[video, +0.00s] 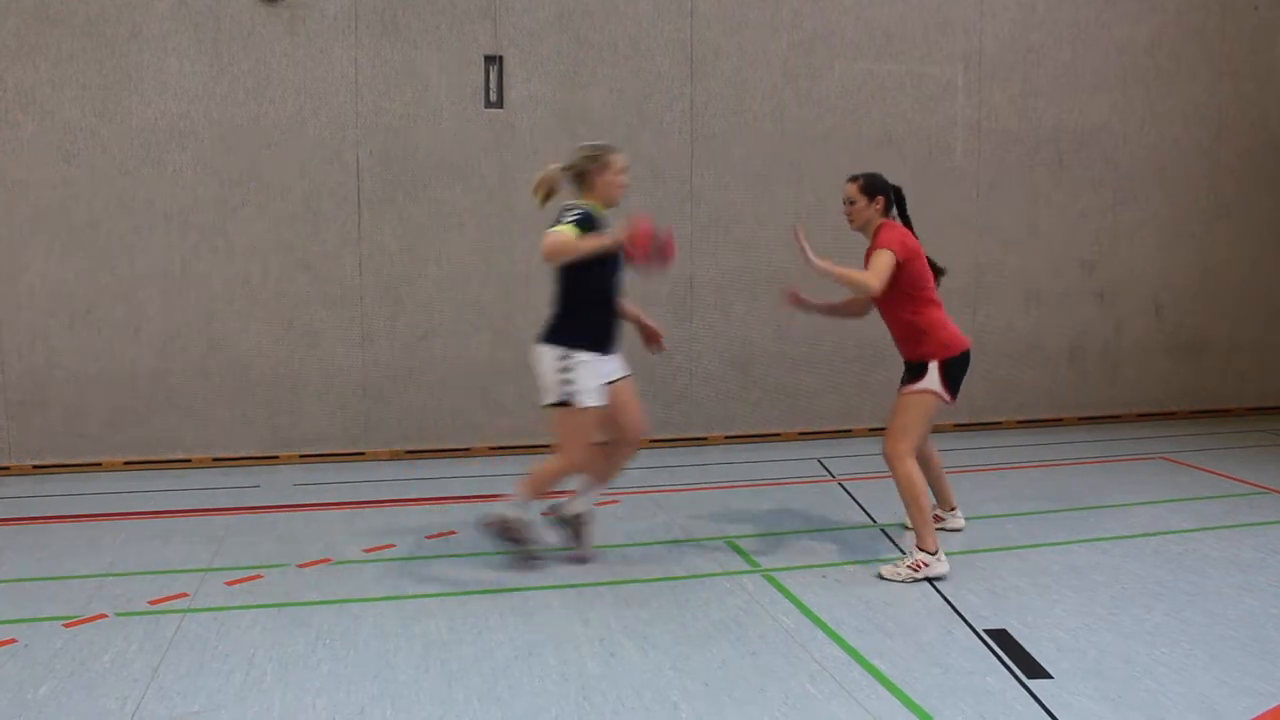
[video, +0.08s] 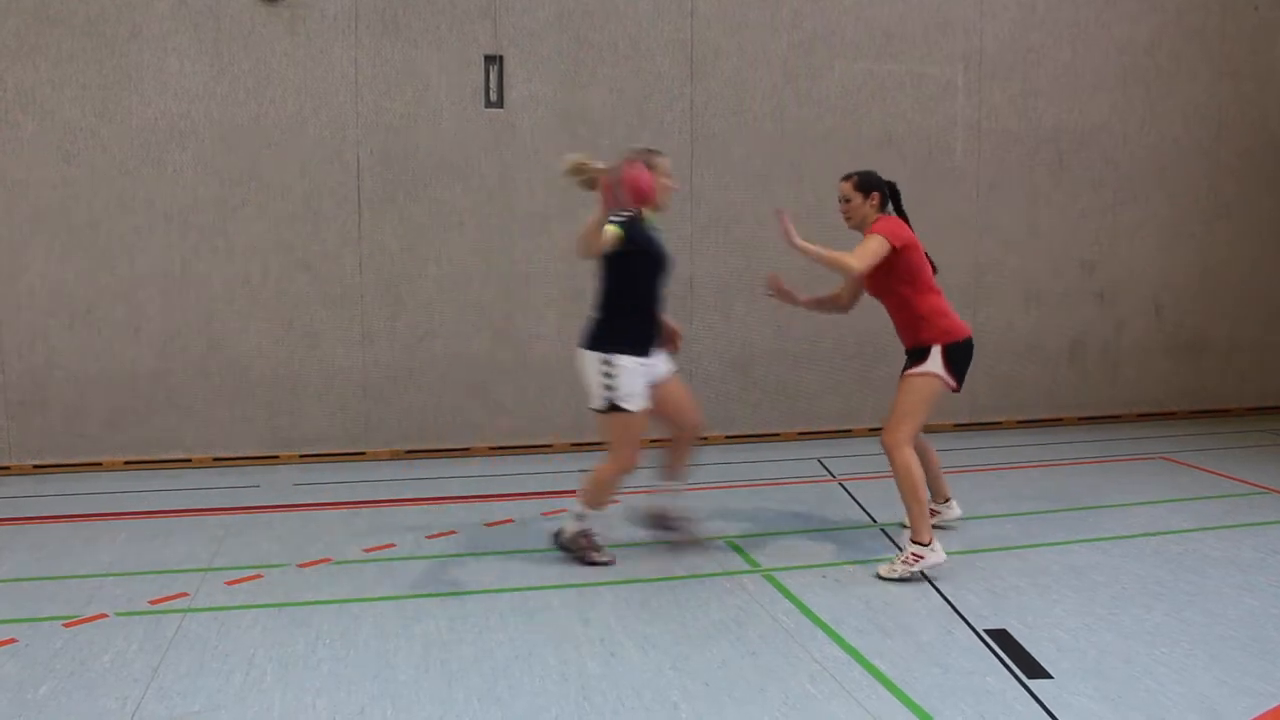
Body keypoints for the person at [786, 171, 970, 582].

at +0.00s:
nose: (845, 211)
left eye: (851, 203)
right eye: (844, 204)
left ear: (878, 204)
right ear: (874, 205)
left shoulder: (892, 236)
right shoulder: (880, 244)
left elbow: (873, 285)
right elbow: (861, 307)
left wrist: (821, 265)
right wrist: (812, 306)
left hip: (937, 357)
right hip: (927, 356)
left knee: (898, 450)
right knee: (913, 439)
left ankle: (928, 554)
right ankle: (947, 510)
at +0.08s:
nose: (842, 209)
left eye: (847, 201)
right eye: (840, 202)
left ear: (873, 200)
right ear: (869, 202)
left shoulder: (889, 228)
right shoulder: (871, 242)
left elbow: (858, 264)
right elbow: (844, 302)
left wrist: (800, 245)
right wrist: (799, 302)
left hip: (941, 344)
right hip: (926, 346)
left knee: (896, 440)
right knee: (907, 430)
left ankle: (923, 546)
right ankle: (942, 503)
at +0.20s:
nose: (840, 222)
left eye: (846, 214)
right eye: (838, 215)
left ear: (871, 212)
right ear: (860, 216)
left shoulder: (886, 239)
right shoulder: (860, 261)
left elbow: (835, 260)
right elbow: (828, 318)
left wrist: (772, 247)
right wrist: (774, 326)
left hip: (943, 355)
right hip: (918, 360)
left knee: (895, 444)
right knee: (903, 438)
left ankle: (919, 556)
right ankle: (944, 512)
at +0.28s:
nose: (836, 240)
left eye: (842, 231)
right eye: (835, 233)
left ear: (868, 233)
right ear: (864, 235)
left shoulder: (880, 258)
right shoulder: (858, 285)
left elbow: (829, 271)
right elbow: (826, 341)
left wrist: (765, 260)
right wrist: (777, 341)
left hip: (941, 376)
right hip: (918, 380)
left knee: (889, 457)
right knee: (894, 449)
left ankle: (923, 562)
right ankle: (946, 511)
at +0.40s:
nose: (836, 254)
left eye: (843, 247)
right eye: (836, 248)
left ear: (869, 251)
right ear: (859, 253)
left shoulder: (881, 272)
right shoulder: (860, 303)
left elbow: (865, 284)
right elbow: (845, 360)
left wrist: (814, 261)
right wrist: (806, 341)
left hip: (937, 391)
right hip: (912, 395)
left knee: (882, 465)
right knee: (891, 460)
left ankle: (924, 565)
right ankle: (949, 511)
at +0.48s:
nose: (848, 256)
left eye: (856, 248)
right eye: (847, 250)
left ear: (877, 253)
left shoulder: (889, 275)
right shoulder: (861, 305)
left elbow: (895, 291)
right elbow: (853, 361)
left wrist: (848, 267)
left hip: (934, 395)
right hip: (911, 398)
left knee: (877, 466)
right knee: (883, 463)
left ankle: (919, 565)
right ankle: (947, 512)